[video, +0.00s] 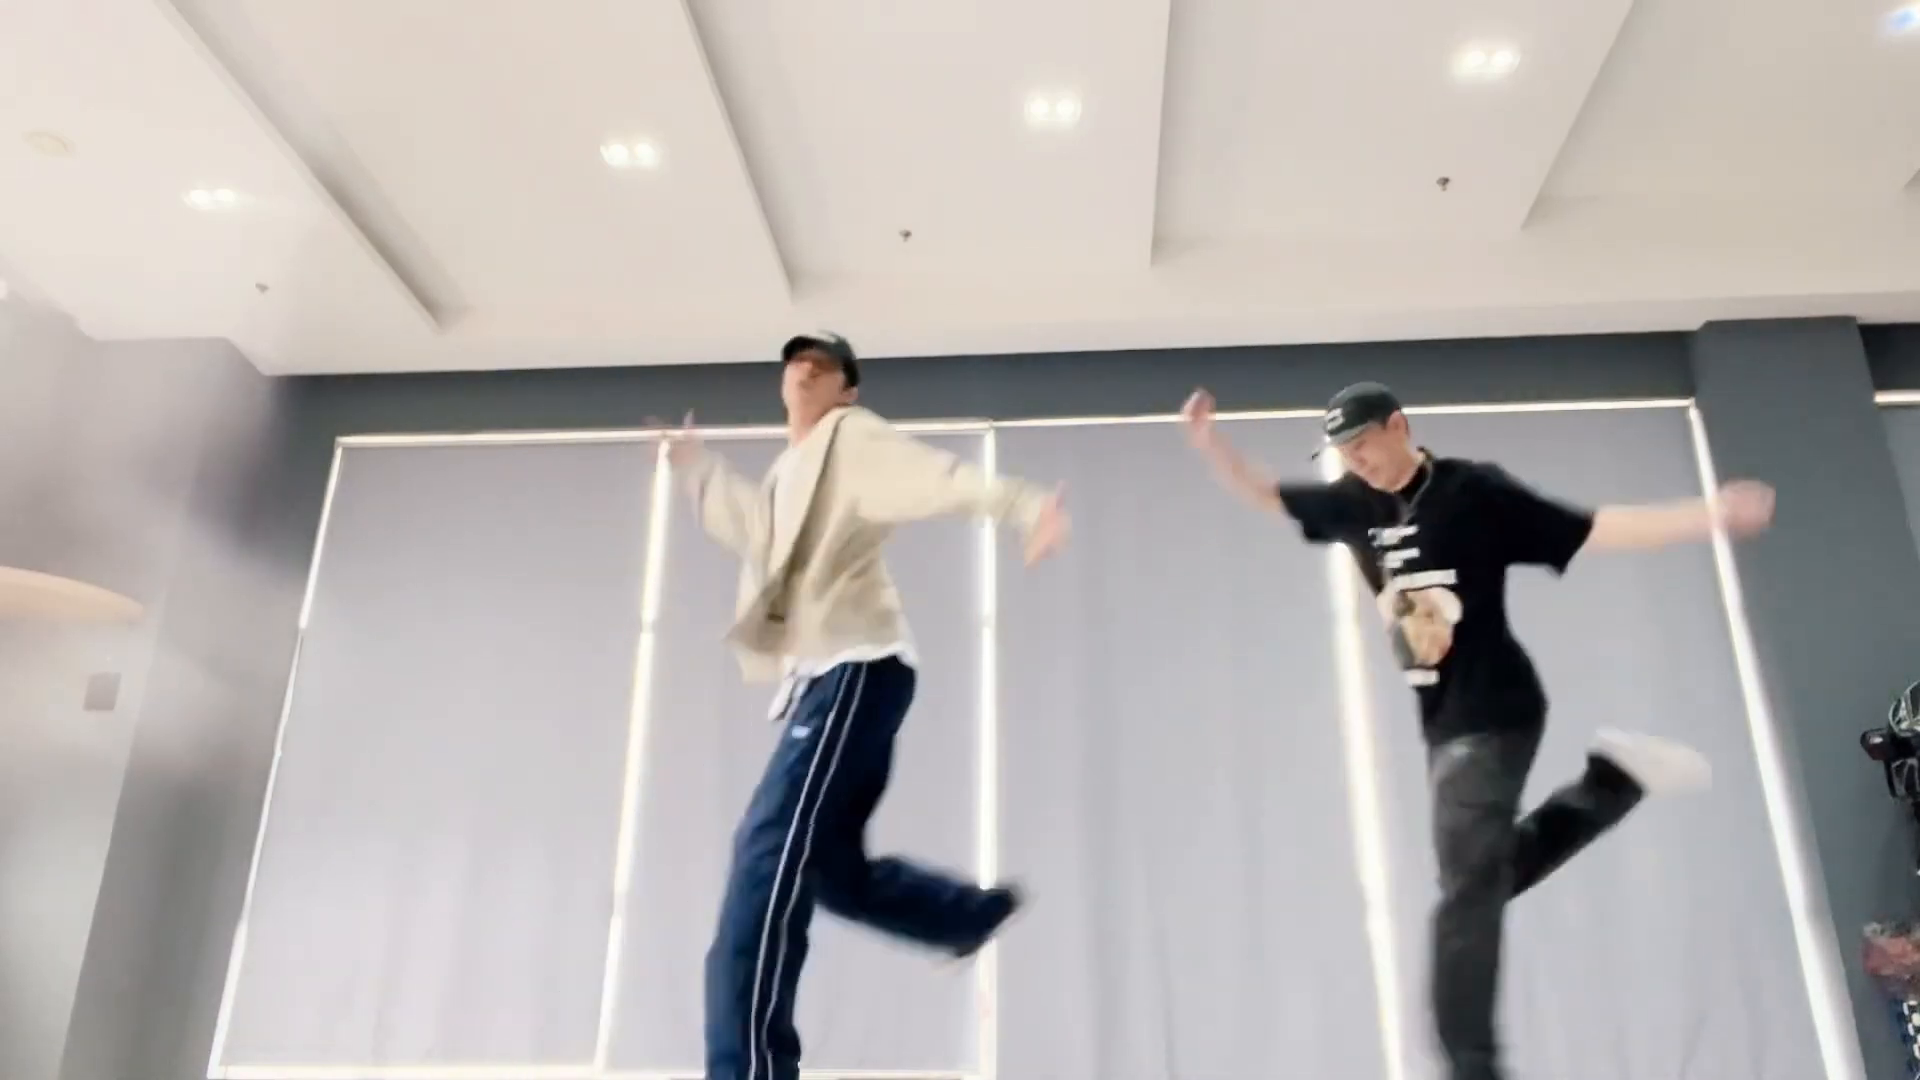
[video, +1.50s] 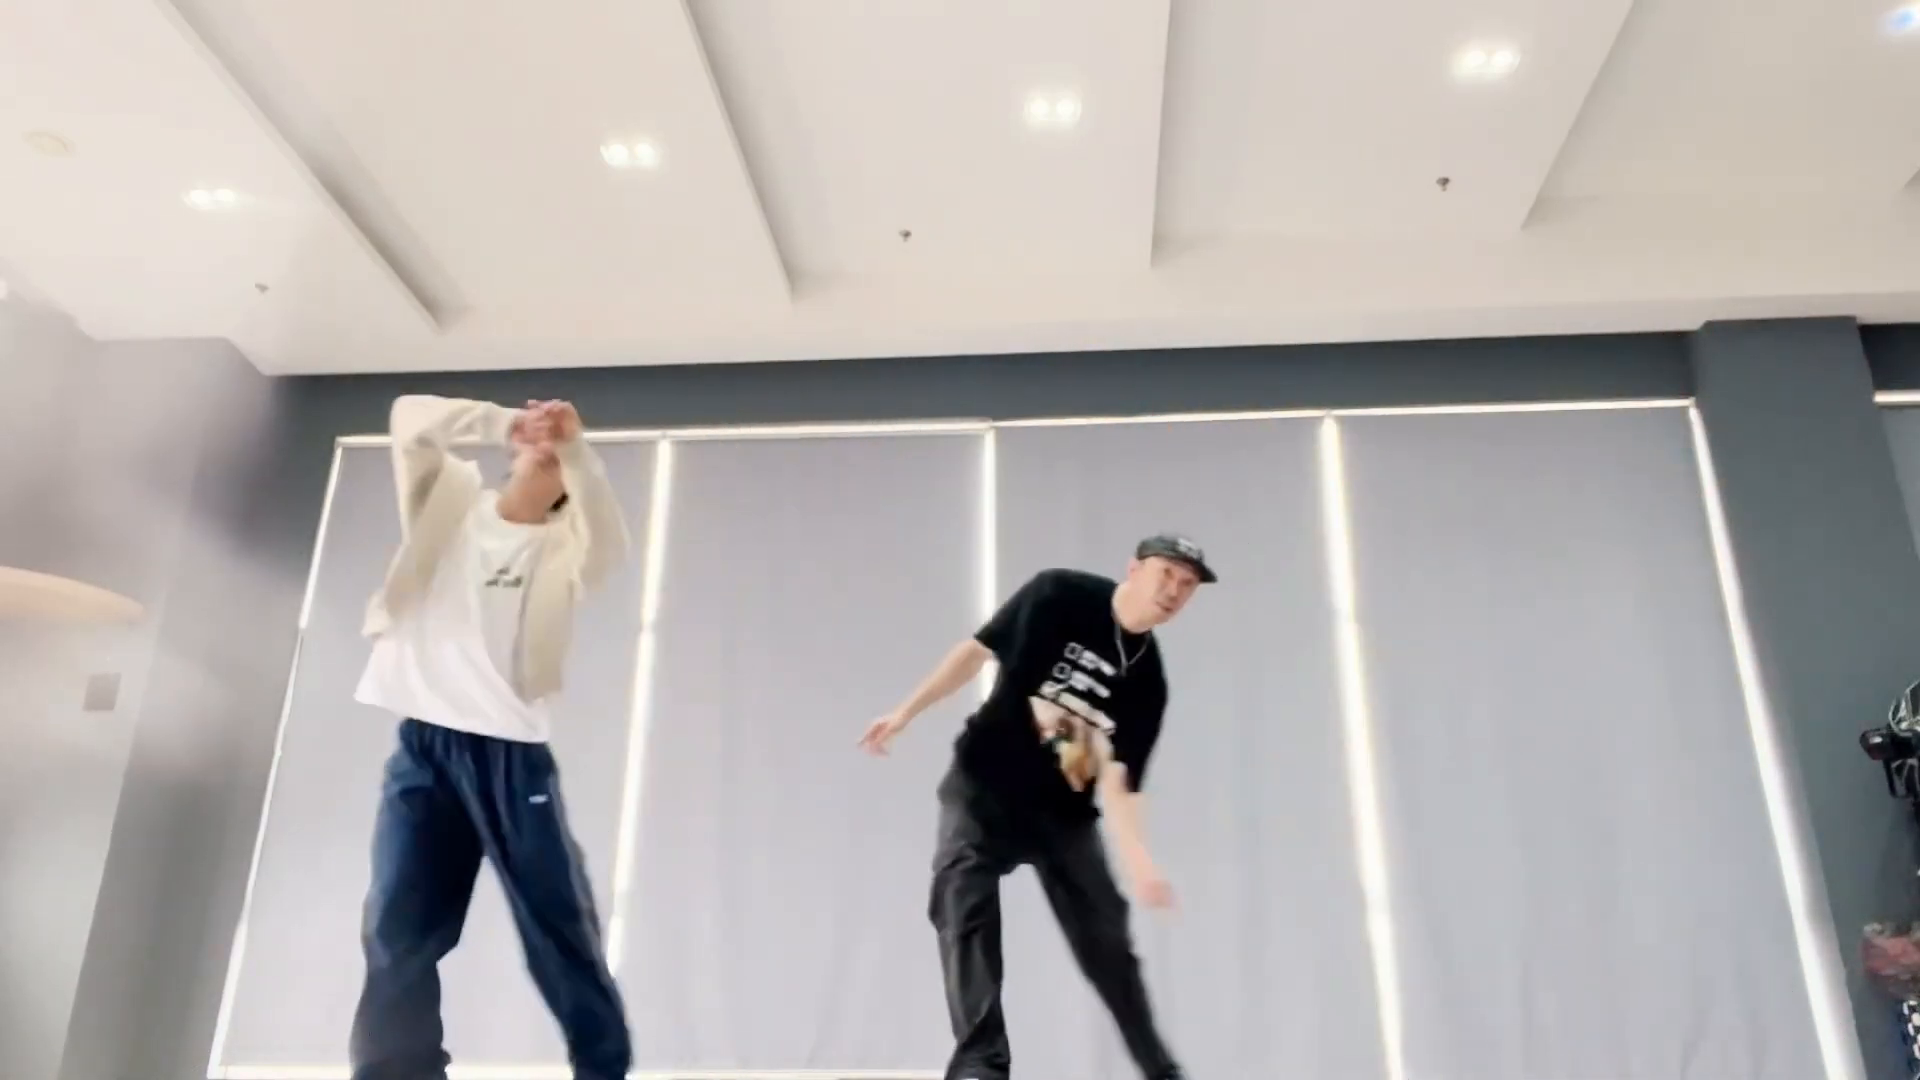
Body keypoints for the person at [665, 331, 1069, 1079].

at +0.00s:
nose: (803, 375)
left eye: (820, 368)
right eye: (794, 366)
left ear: (846, 390)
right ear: (781, 388)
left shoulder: (853, 437)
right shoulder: (783, 472)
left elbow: (931, 475)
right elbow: (756, 536)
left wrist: (1021, 503)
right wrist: (698, 468)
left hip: (858, 672)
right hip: (823, 677)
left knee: (771, 850)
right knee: (833, 868)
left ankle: (749, 1063)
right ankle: (968, 916)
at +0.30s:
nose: (868, 401)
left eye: (883, 390)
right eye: (857, 393)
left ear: (914, 406)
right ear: (848, 411)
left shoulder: (937, 453)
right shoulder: (849, 486)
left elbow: (1006, 460)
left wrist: (1019, 464)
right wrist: (783, 451)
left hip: (940, 691)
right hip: (951, 696)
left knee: (857, 869)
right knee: (1016, 880)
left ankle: (984, 1049)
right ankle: (1186, 966)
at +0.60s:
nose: (845, 489)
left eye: (853, 473)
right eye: (840, 478)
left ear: (894, 464)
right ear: (888, 472)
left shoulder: (908, 508)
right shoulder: (904, 547)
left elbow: (866, 599)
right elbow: (875, 696)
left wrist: (779, 605)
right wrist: (787, 721)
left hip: (947, 739)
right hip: (980, 763)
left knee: (791, 842)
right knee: (1031, 952)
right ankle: (1152, 1065)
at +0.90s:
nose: (732, 437)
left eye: (746, 423)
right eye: (728, 426)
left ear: (785, 428)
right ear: (731, 436)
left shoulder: (783, 495)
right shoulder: (733, 494)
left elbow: (788, 562)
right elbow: (688, 561)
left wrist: (815, 600)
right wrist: (667, 498)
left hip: (758, 698)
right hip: (746, 697)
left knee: (724, 886)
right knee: (784, 890)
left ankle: (683, 1065)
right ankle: (921, 1020)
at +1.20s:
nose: (617, 467)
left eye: (624, 447)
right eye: (607, 455)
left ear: (662, 449)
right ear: (602, 467)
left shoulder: (692, 511)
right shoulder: (583, 526)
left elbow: (684, 448)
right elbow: (521, 568)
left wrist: (572, 454)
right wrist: (453, 554)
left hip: (643, 706)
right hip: (561, 714)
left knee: (603, 876)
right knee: (477, 868)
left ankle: (638, 1063)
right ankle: (467, 1053)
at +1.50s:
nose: (540, 445)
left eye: (555, 447)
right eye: (534, 438)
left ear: (570, 475)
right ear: (513, 447)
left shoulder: (571, 543)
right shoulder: (447, 502)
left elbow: (608, 545)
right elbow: (410, 421)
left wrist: (573, 443)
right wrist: (508, 424)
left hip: (512, 758)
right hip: (423, 749)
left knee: (562, 940)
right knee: (395, 940)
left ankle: (603, 1069)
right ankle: (399, 1074)